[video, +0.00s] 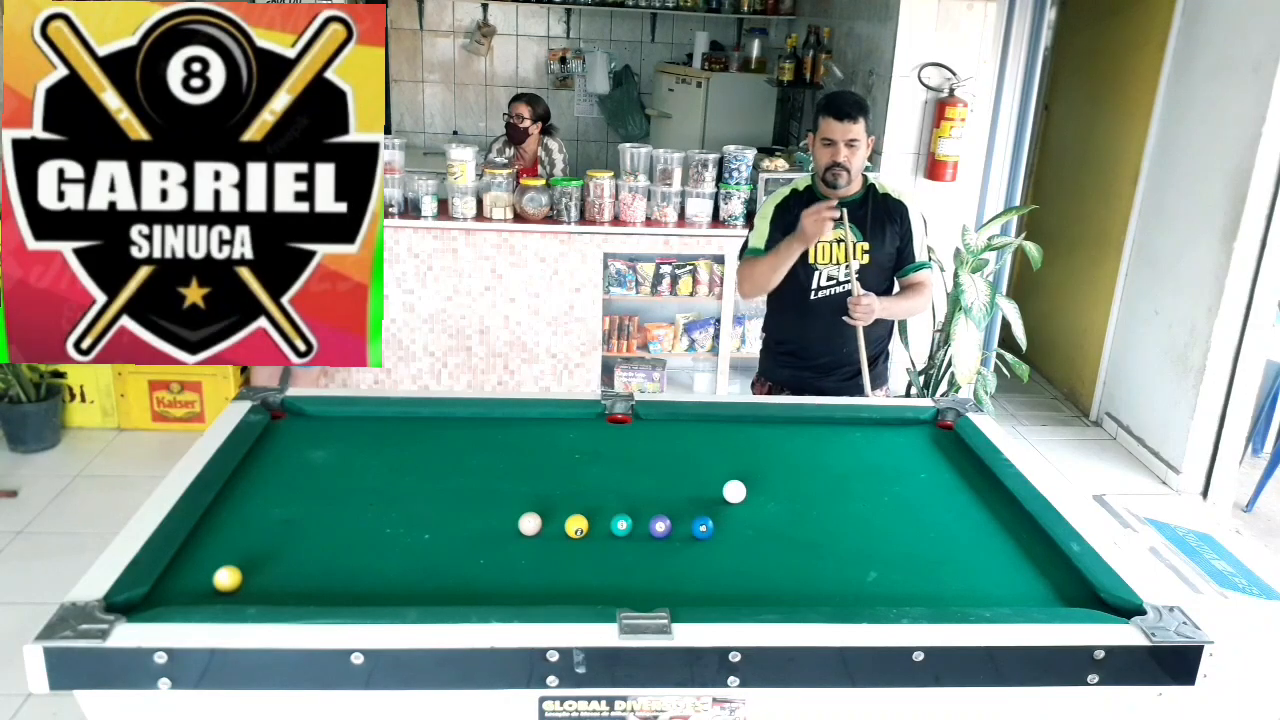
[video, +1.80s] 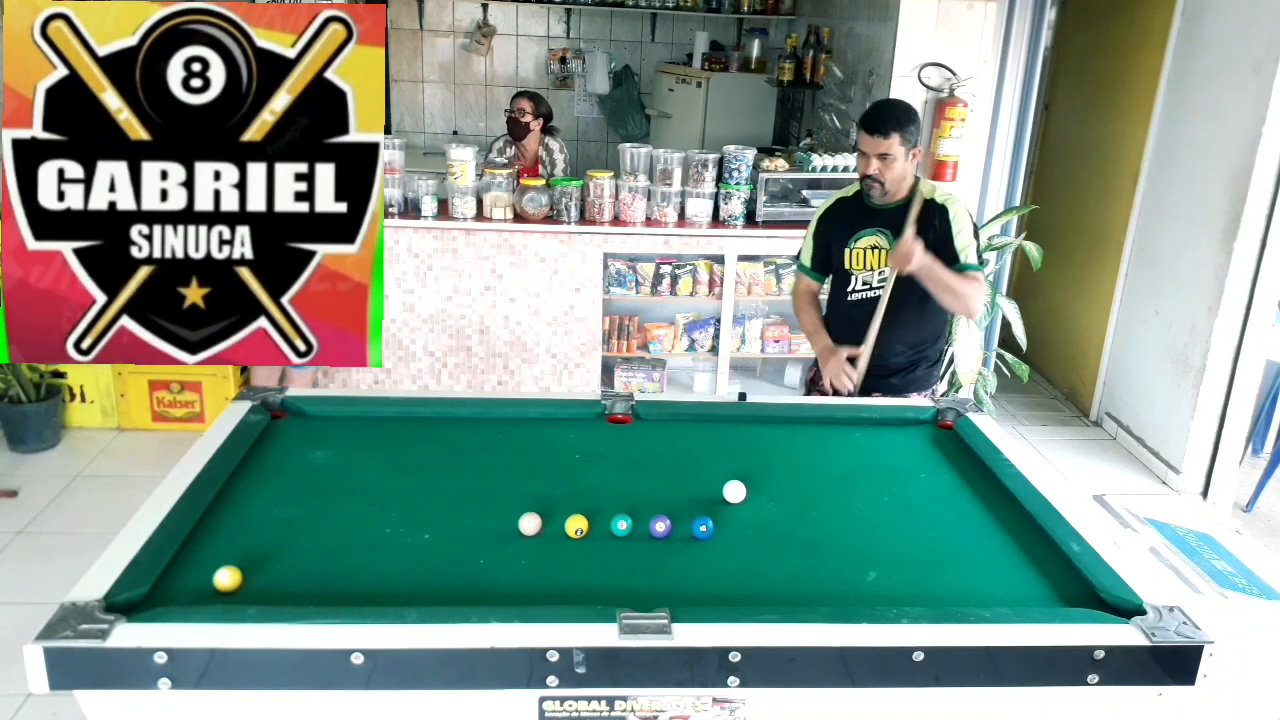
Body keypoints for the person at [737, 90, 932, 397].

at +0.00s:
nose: (839, 156)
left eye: (851, 145)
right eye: (828, 144)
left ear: (869, 148)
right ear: (811, 145)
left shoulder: (894, 212)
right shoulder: (782, 206)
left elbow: (921, 293)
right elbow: (747, 286)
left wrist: (881, 307)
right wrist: (799, 241)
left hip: (862, 393)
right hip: (784, 390)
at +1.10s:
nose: (841, 165)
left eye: (854, 153)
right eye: (832, 152)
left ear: (881, 149)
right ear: (822, 149)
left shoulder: (908, 216)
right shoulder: (795, 204)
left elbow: (933, 299)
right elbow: (733, 266)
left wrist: (882, 310)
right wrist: (772, 252)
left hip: (873, 393)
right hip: (794, 387)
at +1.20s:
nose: (842, 167)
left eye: (856, 155)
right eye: (833, 154)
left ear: (884, 152)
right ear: (825, 150)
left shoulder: (914, 217)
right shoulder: (798, 208)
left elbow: (938, 297)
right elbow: (740, 272)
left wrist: (889, 320)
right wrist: (754, 292)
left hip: (878, 394)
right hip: (799, 389)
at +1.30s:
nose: (846, 170)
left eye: (859, 158)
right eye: (837, 157)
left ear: (887, 154)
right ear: (829, 151)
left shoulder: (919, 217)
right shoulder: (806, 214)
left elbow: (944, 295)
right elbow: (761, 286)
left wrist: (900, 345)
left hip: (888, 397)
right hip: (808, 393)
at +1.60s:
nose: (858, 174)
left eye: (872, 161)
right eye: (850, 161)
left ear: (902, 159)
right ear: (843, 156)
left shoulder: (942, 216)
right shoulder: (823, 216)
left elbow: (966, 302)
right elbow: (779, 289)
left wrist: (907, 328)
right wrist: (780, 338)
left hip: (905, 397)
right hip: (825, 392)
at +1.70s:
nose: (863, 172)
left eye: (877, 160)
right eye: (856, 159)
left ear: (907, 159)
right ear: (849, 154)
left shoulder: (945, 215)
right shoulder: (826, 215)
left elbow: (968, 305)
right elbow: (787, 290)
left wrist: (908, 300)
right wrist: (803, 337)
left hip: (908, 397)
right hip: (832, 392)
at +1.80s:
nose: (869, 169)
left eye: (884, 158)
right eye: (863, 155)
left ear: (914, 157)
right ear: (856, 151)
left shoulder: (945, 212)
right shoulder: (834, 213)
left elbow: (973, 303)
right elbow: (805, 291)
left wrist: (923, 265)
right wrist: (825, 352)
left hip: (909, 396)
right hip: (836, 390)